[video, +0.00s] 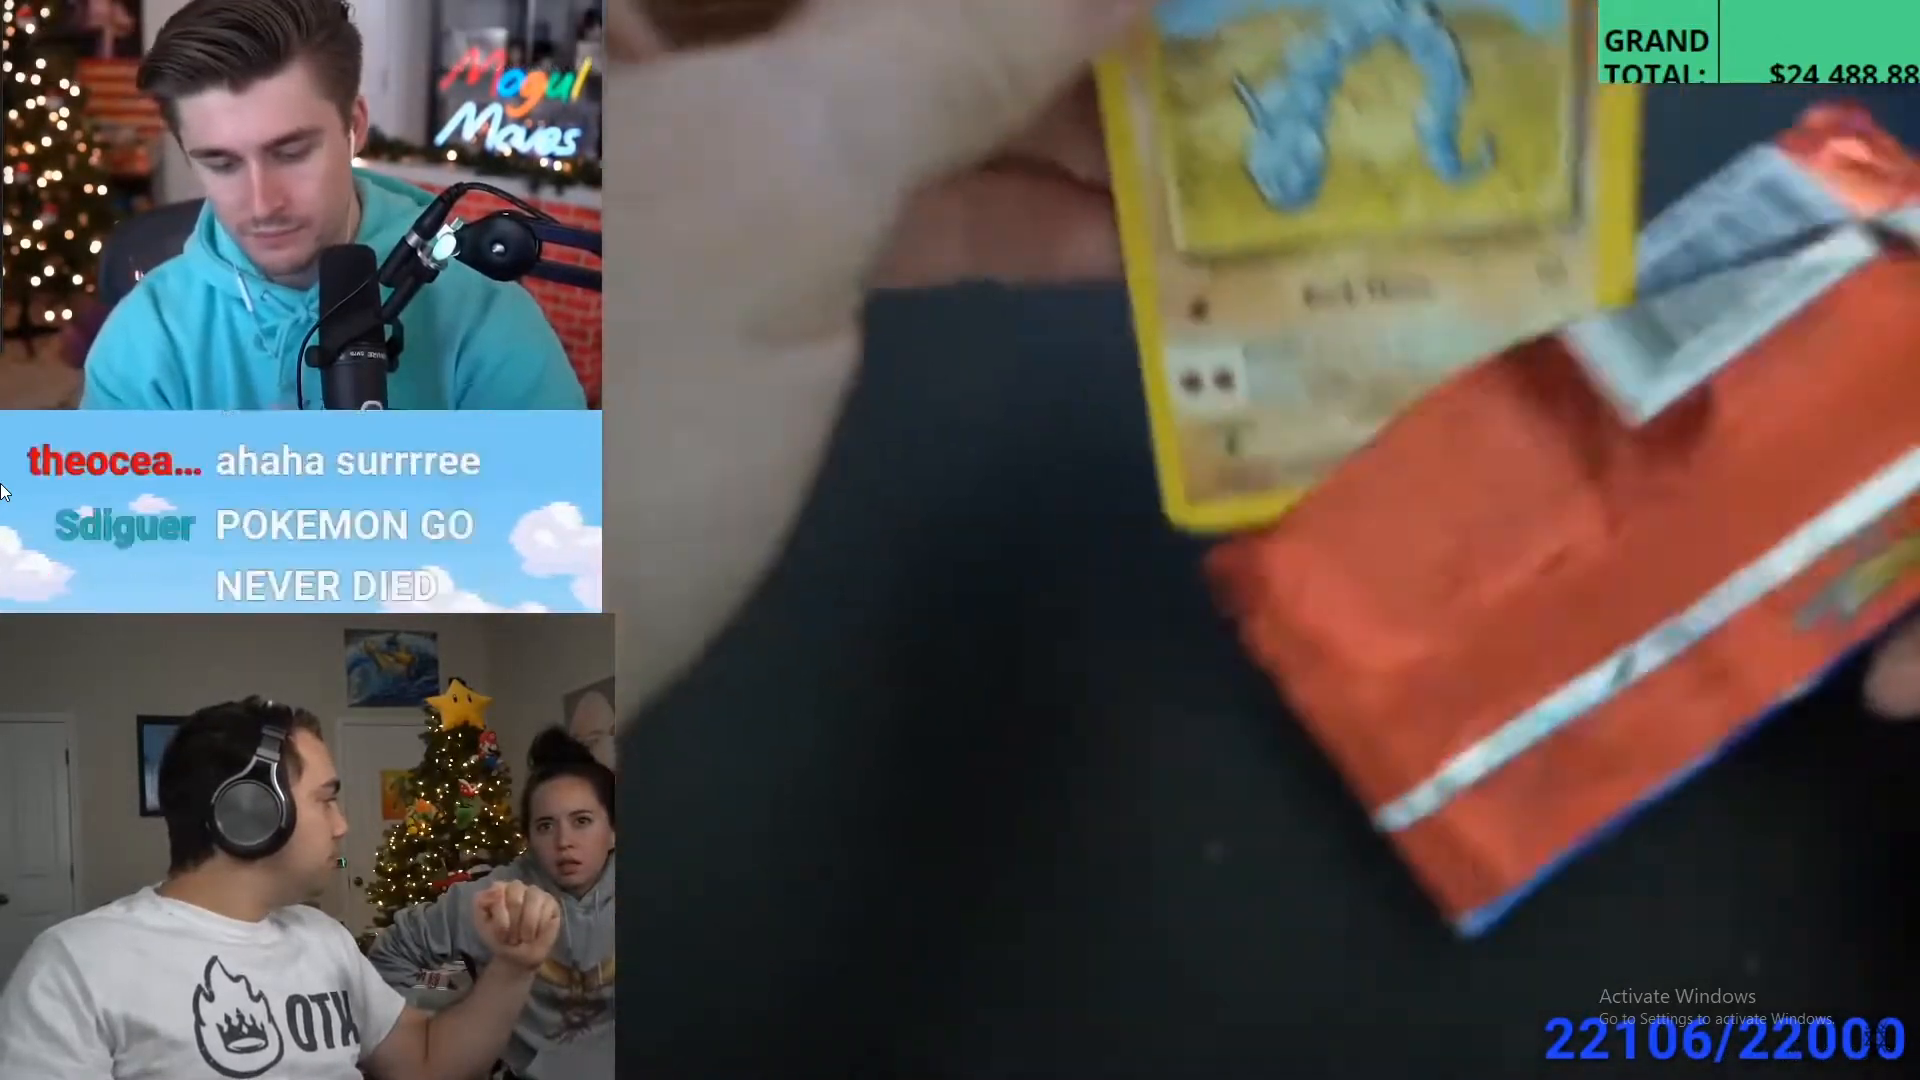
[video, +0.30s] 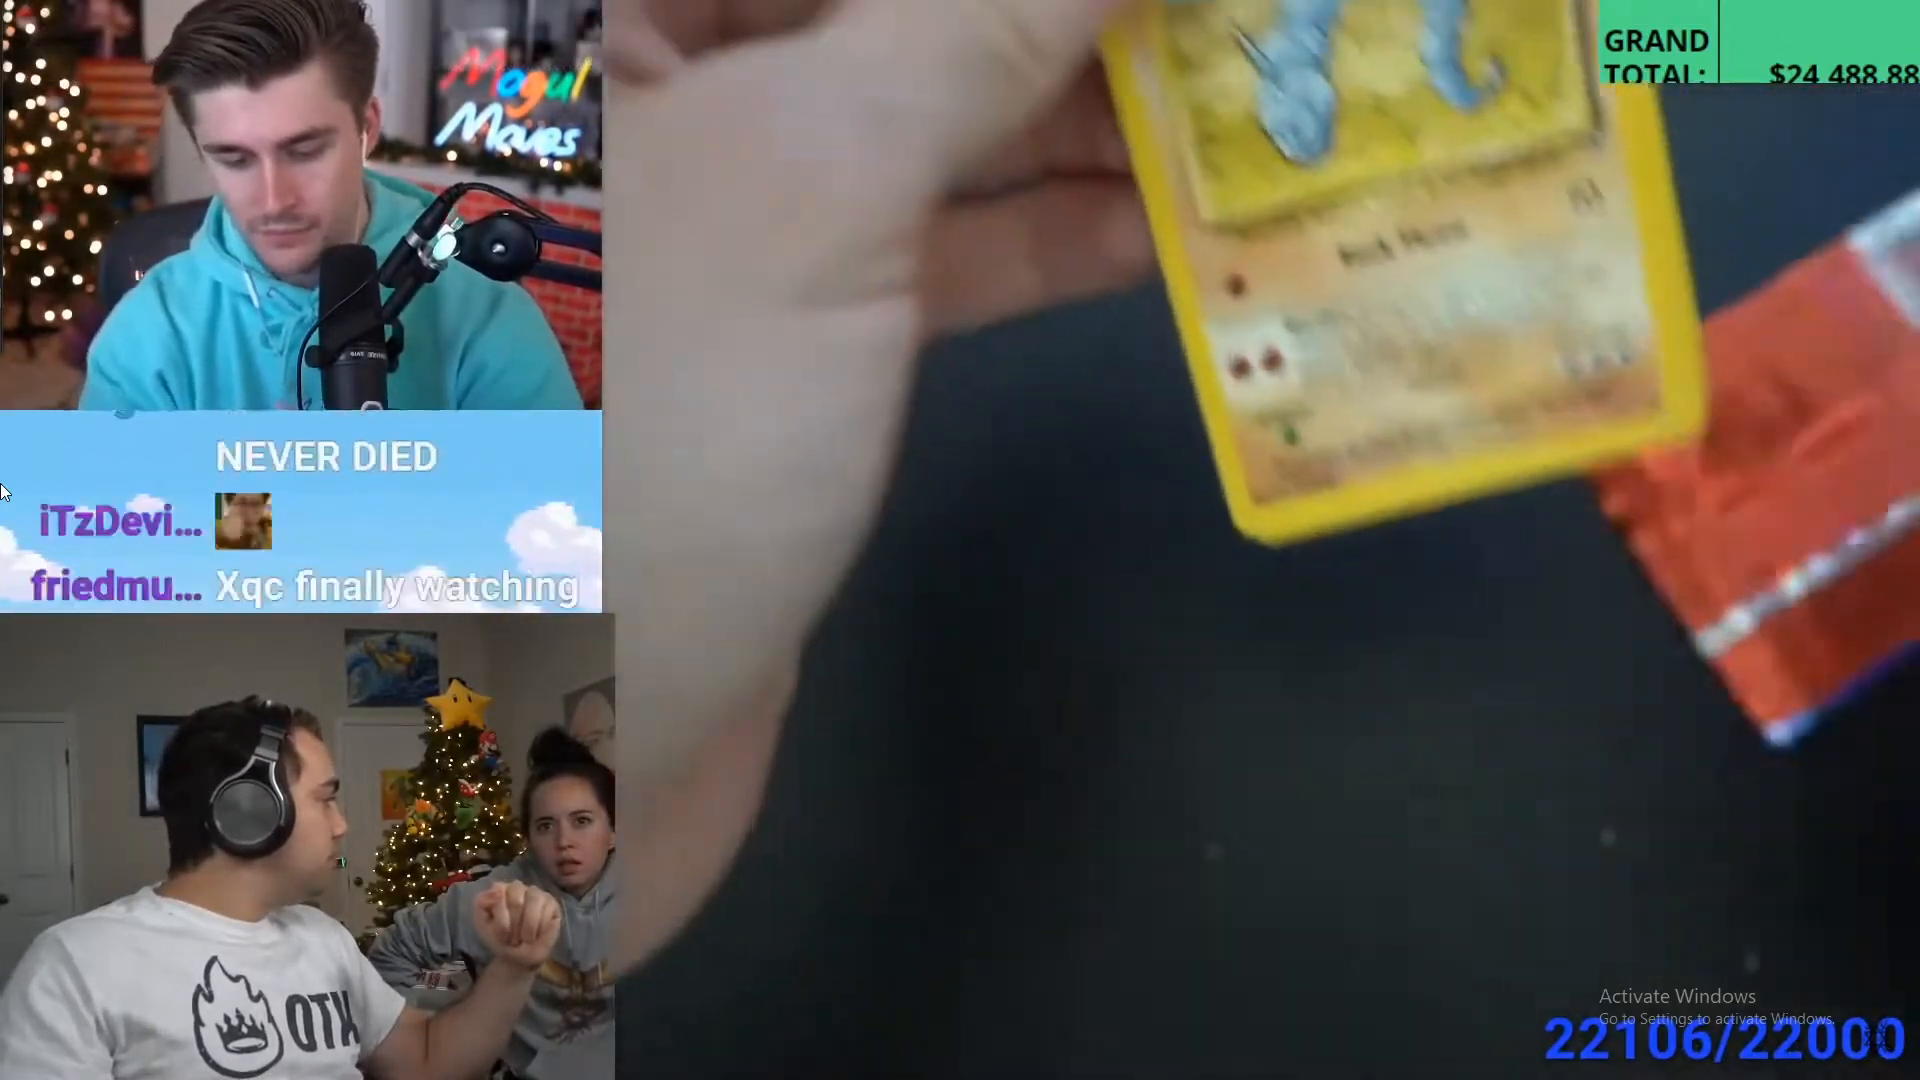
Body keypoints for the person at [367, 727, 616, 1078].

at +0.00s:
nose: (564, 842)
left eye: (582, 822)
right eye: (545, 826)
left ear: (612, 832)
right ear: (528, 838)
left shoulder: (641, 890)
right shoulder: (490, 898)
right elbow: (389, 955)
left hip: (625, 1067)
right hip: (538, 1073)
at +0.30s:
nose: (564, 842)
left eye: (582, 822)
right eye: (546, 826)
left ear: (612, 831)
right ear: (528, 838)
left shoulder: (650, 892)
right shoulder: (488, 899)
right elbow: (388, 956)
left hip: (628, 1067)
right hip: (538, 1072)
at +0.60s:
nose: (564, 843)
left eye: (582, 822)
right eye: (546, 826)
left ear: (612, 831)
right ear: (528, 839)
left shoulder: (643, 890)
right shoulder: (491, 898)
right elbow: (389, 956)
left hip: (627, 1067)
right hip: (534, 1072)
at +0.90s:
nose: (564, 842)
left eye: (582, 822)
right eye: (546, 826)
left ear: (612, 831)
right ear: (528, 838)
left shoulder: (643, 892)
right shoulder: (491, 898)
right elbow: (389, 956)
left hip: (628, 1067)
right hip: (537, 1073)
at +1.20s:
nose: (564, 843)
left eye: (582, 822)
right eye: (545, 826)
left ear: (613, 831)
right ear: (528, 839)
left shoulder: (644, 892)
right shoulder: (491, 898)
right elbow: (390, 954)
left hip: (625, 1069)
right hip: (535, 1073)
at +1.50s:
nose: (564, 842)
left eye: (582, 822)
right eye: (545, 826)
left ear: (612, 831)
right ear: (528, 839)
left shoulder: (644, 891)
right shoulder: (491, 898)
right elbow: (389, 955)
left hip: (625, 1067)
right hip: (535, 1072)